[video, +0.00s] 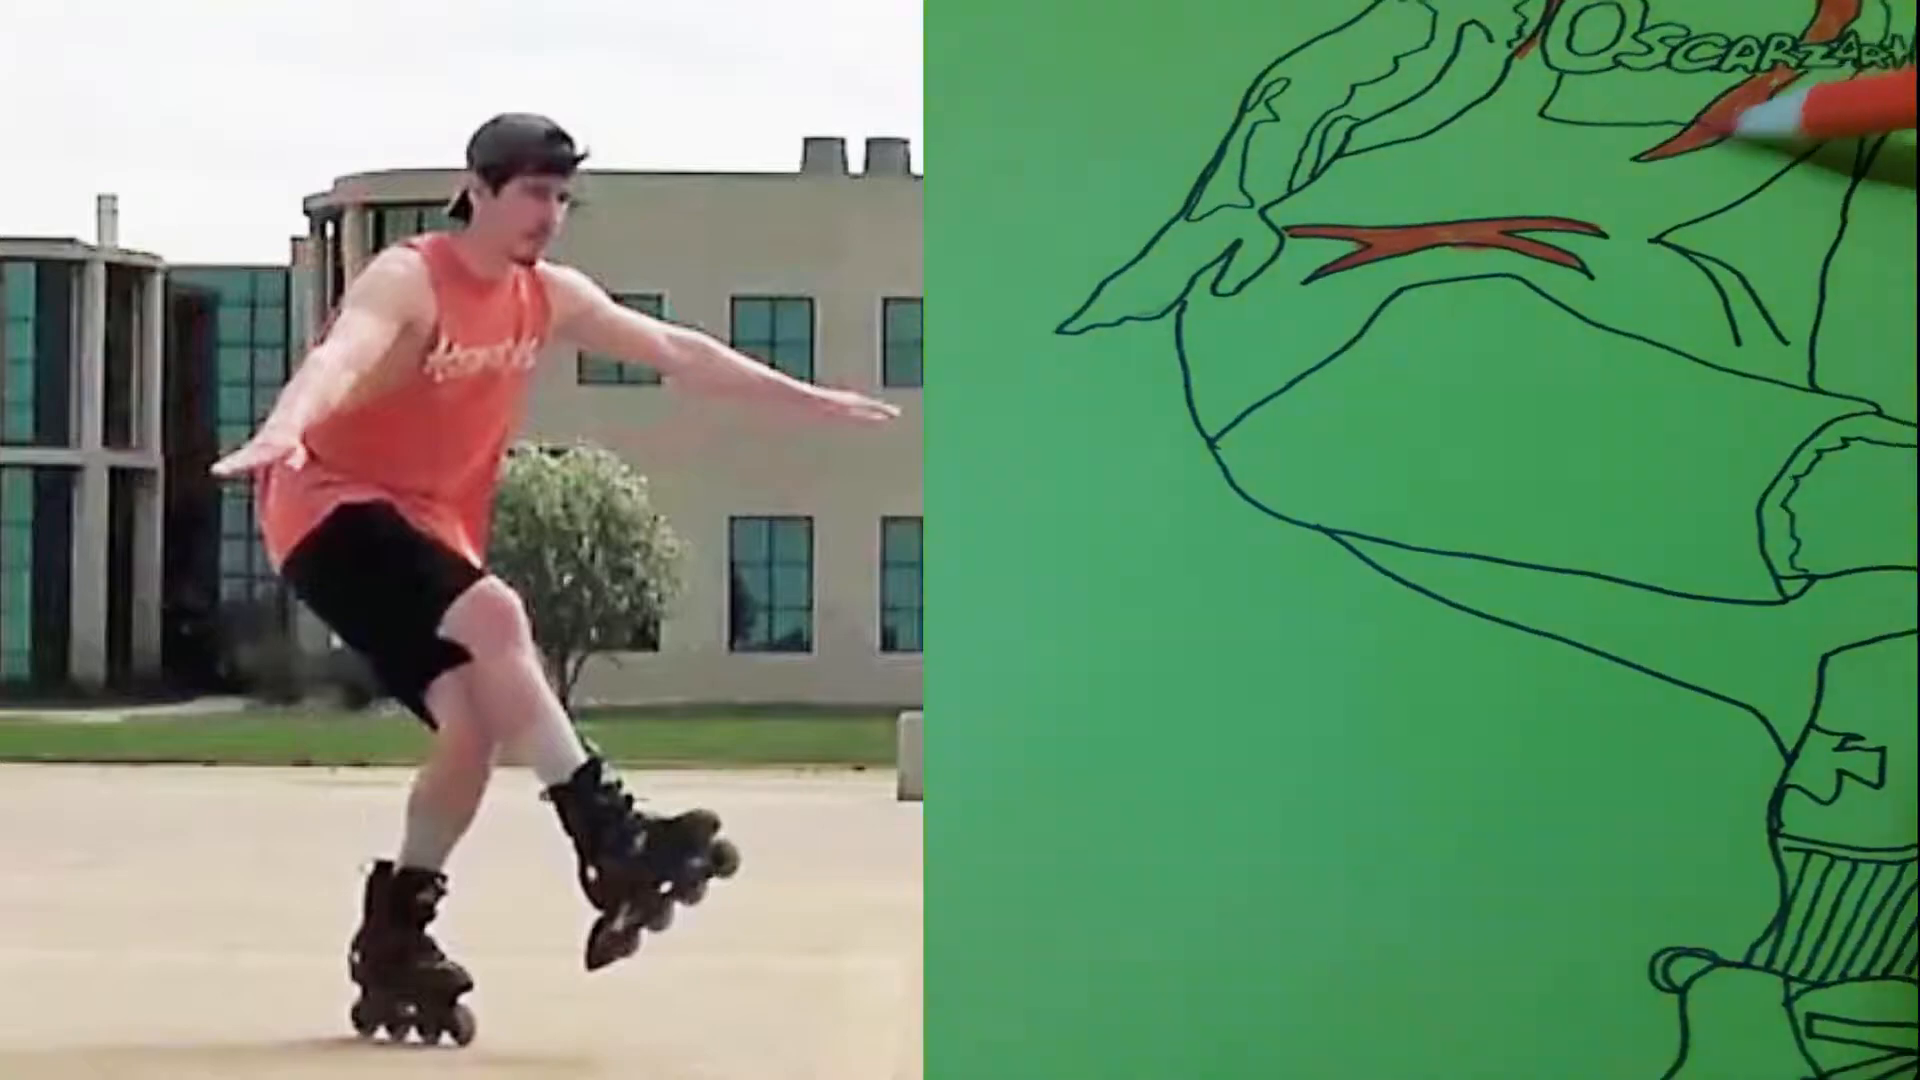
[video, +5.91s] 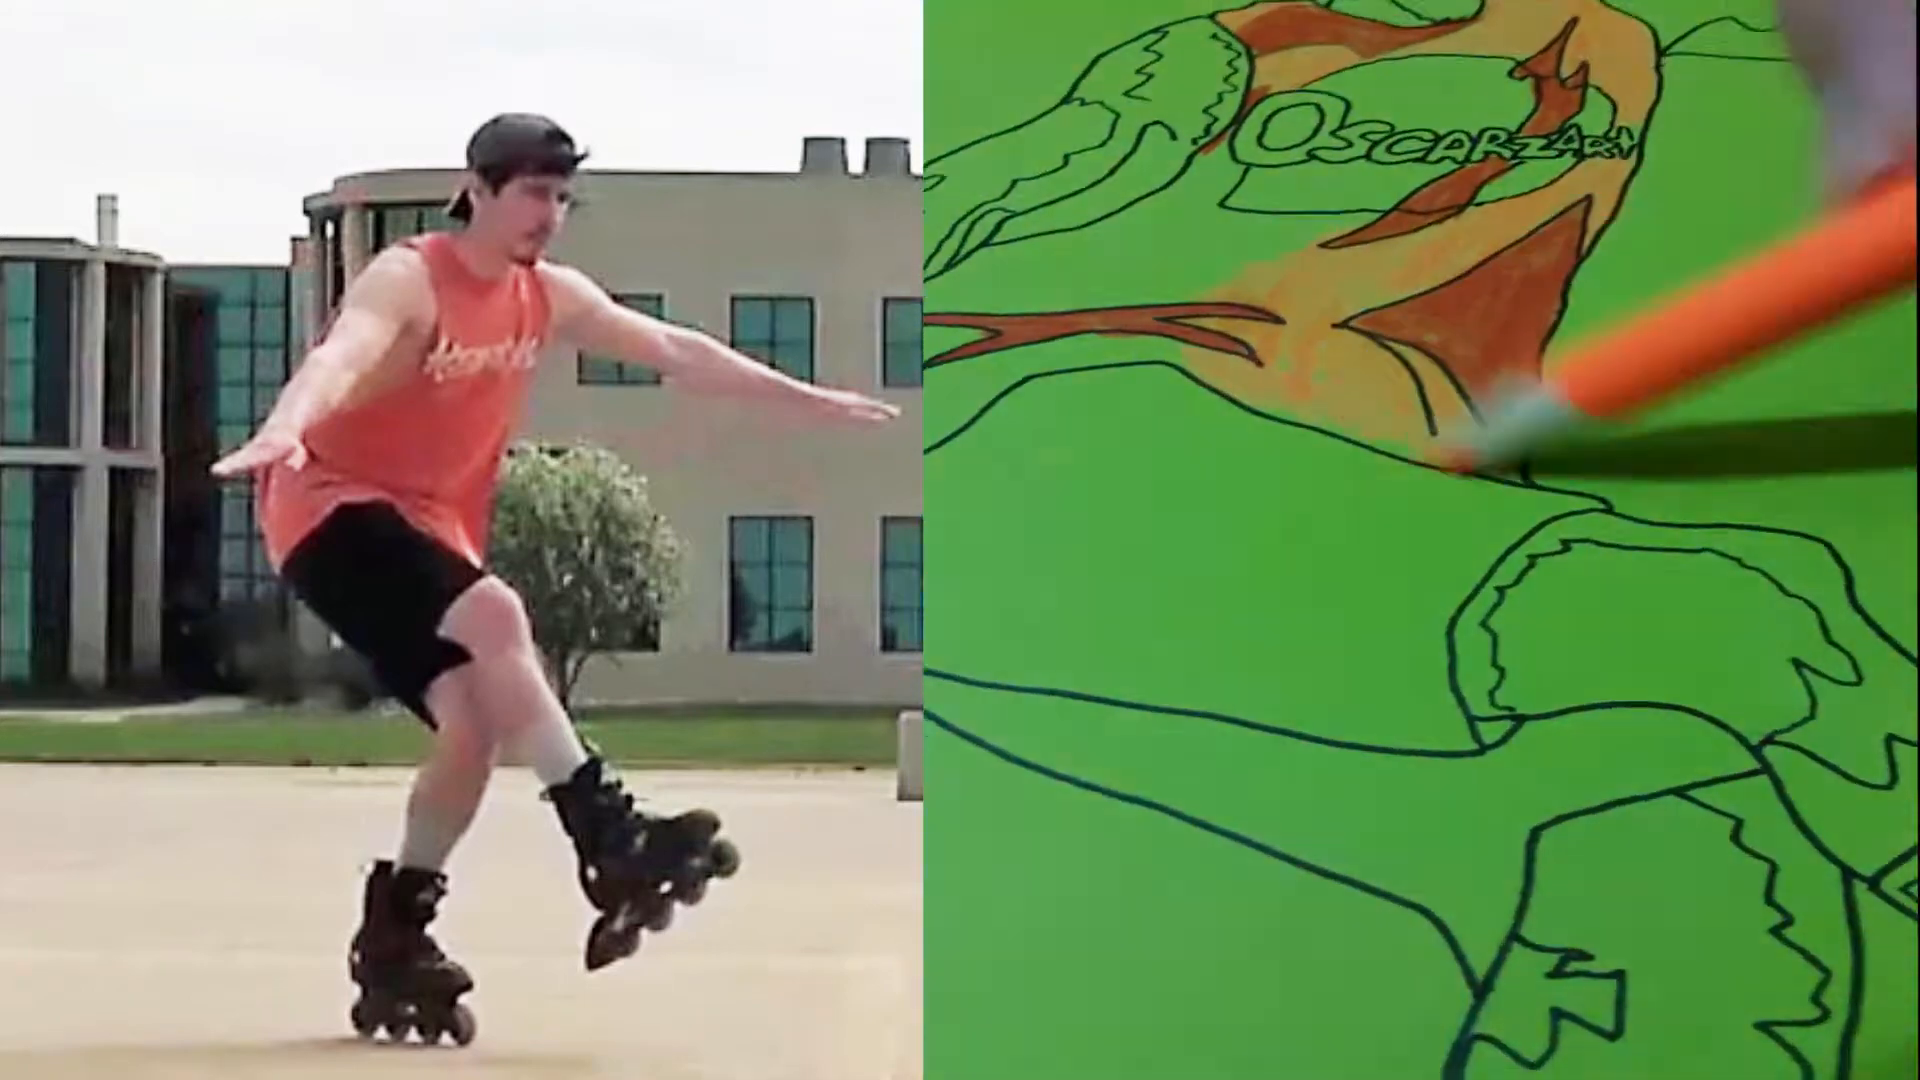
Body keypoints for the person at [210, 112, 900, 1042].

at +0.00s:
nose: (552, 214)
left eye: (562, 199)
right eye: (536, 195)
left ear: (562, 203)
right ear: (477, 191)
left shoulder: (551, 293)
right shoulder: (409, 274)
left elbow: (674, 350)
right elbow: (341, 356)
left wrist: (810, 399)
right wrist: (283, 428)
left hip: (435, 529)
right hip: (333, 503)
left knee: (477, 724)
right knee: (492, 616)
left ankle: (394, 936)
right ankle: (611, 843)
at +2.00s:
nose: (552, 214)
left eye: (562, 198)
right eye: (536, 194)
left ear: (563, 203)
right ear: (477, 191)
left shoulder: (551, 293)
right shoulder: (409, 274)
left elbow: (674, 349)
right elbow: (342, 356)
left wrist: (810, 399)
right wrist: (283, 429)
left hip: (436, 530)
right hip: (334, 505)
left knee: (477, 725)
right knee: (492, 616)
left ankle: (393, 936)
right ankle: (611, 842)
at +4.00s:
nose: (552, 214)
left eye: (562, 198)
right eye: (536, 195)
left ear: (562, 203)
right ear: (477, 191)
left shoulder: (551, 293)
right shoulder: (408, 275)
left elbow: (674, 350)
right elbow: (342, 356)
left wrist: (810, 399)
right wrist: (283, 428)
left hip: (436, 529)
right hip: (333, 504)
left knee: (477, 723)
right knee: (492, 616)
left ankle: (393, 937)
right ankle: (611, 843)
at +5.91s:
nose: (551, 214)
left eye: (561, 198)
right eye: (535, 195)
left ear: (563, 203)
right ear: (476, 191)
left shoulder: (552, 293)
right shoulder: (409, 274)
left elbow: (675, 350)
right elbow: (342, 355)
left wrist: (812, 400)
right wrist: (283, 429)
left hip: (437, 530)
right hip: (334, 506)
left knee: (477, 725)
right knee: (492, 616)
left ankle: (393, 938)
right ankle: (610, 841)